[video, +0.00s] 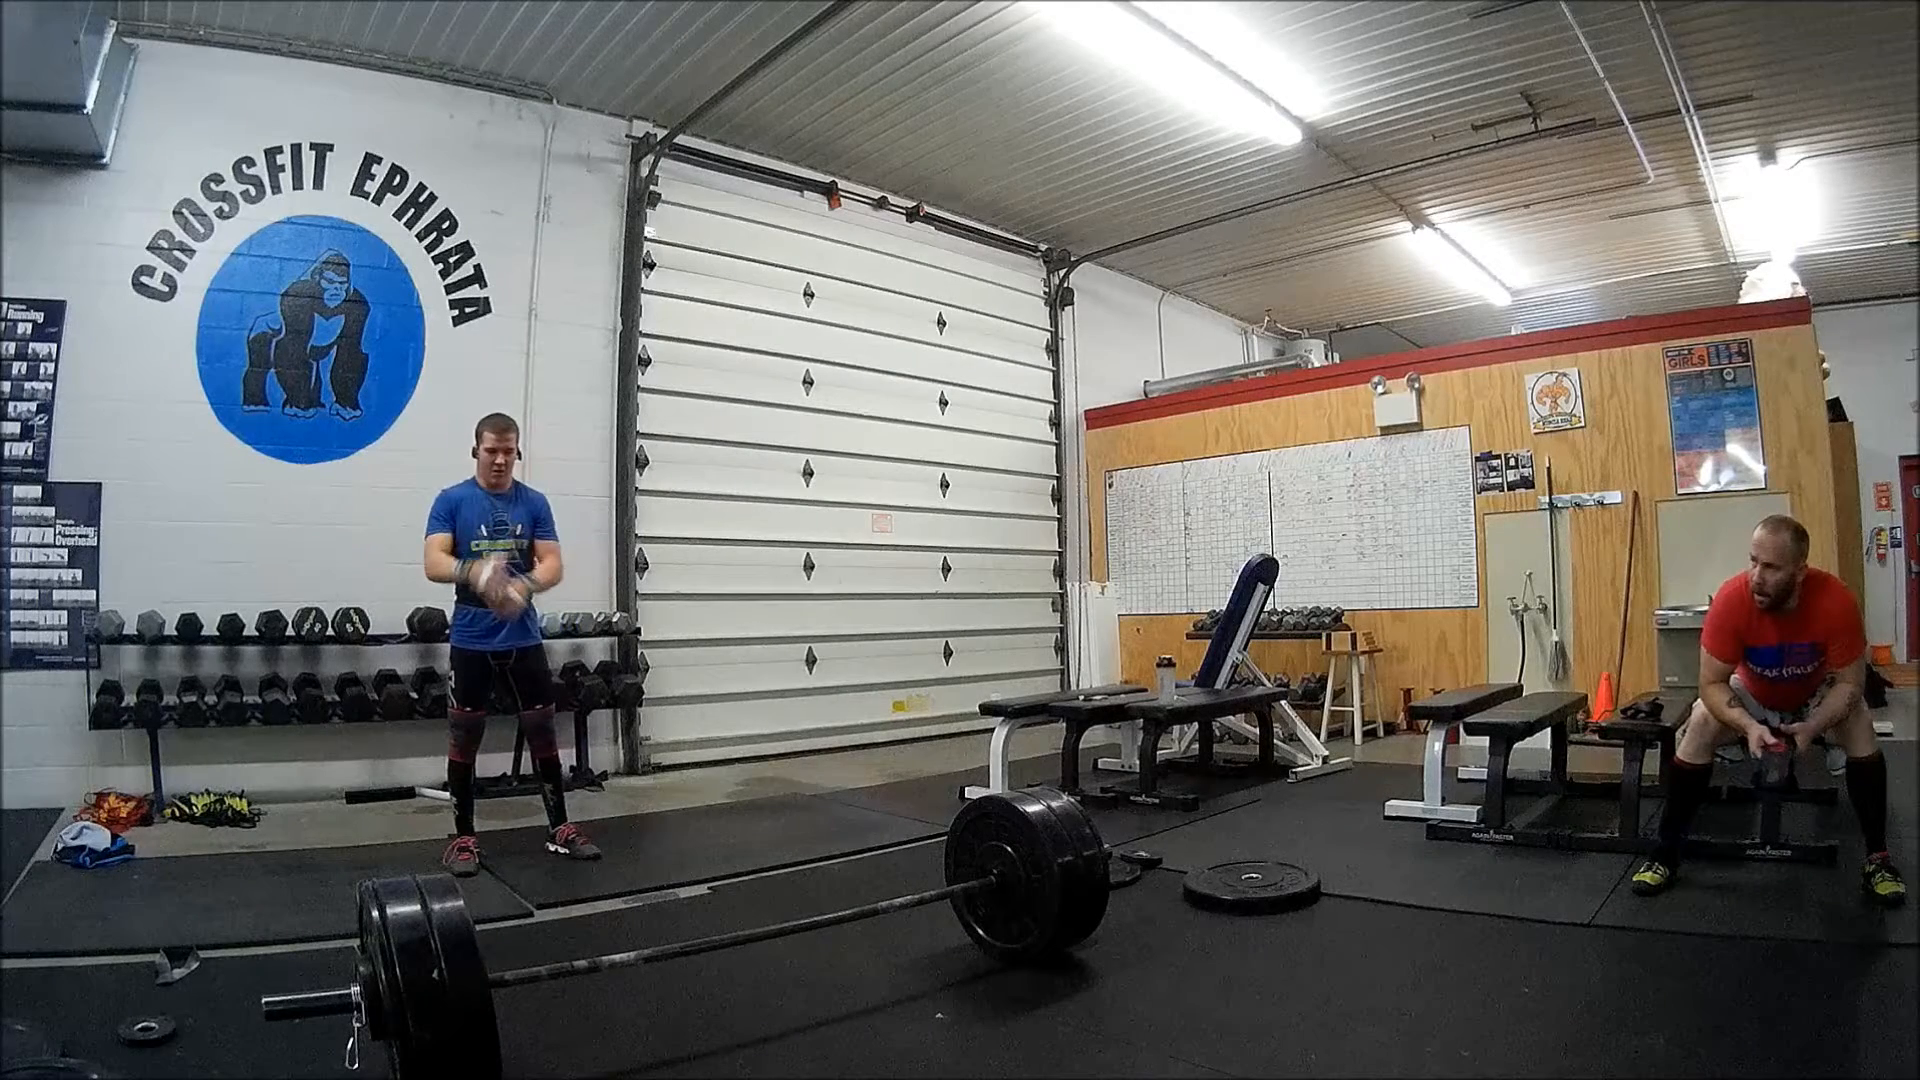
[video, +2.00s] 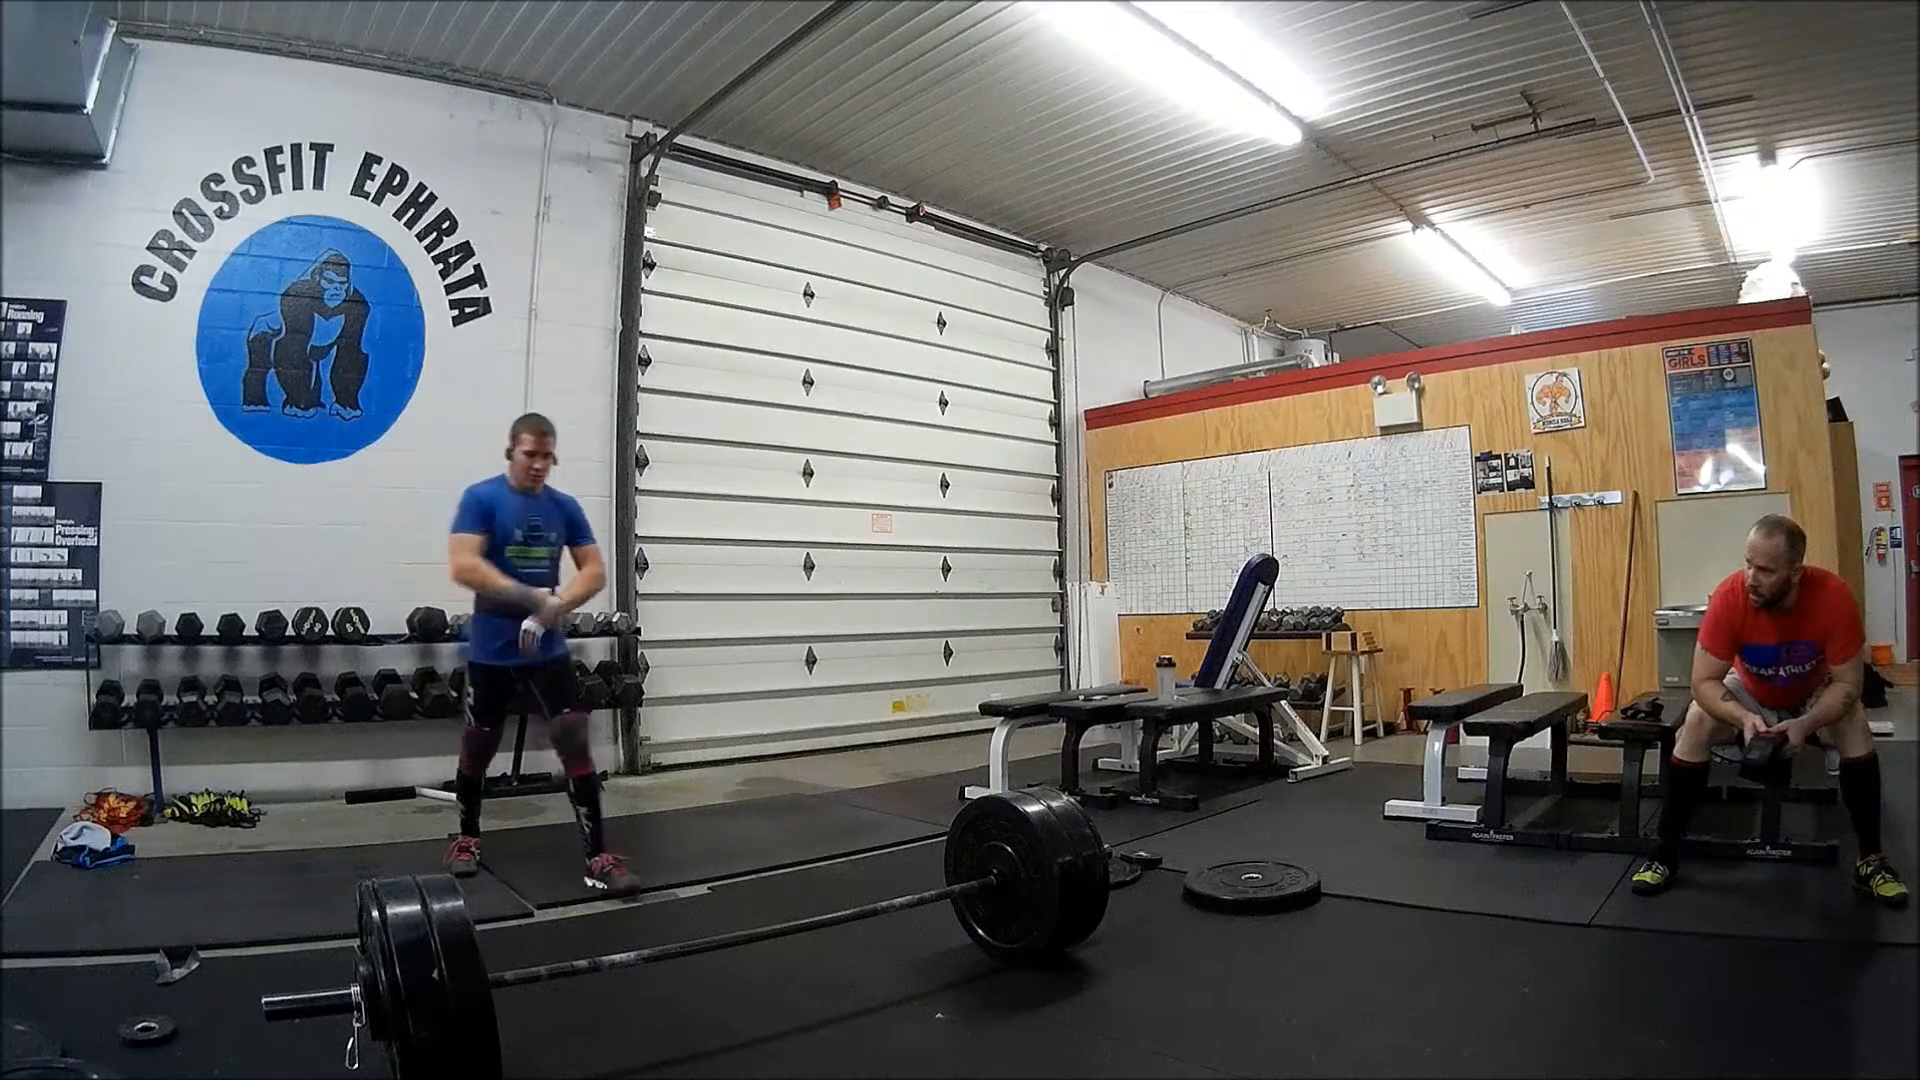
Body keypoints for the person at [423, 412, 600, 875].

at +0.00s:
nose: (499, 460)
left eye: (507, 452)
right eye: (491, 451)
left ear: (518, 453)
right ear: (476, 451)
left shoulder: (534, 503)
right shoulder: (451, 501)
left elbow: (552, 567)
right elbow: (433, 563)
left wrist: (524, 585)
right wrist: (474, 572)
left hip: (524, 641)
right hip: (471, 643)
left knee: (541, 728)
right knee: (465, 734)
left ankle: (560, 827)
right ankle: (464, 836)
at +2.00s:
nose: (538, 464)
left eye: (546, 456)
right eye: (530, 454)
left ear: (554, 457)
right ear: (510, 453)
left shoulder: (564, 507)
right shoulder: (481, 499)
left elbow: (594, 572)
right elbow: (463, 565)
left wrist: (554, 609)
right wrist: (529, 596)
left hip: (548, 648)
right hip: (492, 650)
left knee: (574, 740)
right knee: (479, 742)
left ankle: (597, 854)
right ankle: (467, 838)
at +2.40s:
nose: (598, 441)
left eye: (606, 431)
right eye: (588, 431)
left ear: (616, 429)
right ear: (567, 429)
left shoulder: (629, 491)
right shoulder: (534, 483)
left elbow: (655, 565)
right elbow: (510, 557)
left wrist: (622, 584)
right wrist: (575, 570)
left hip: (607, 649)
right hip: (550, 649)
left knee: (603, 757)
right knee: (547, 758)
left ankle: (600, 860)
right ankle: (550, 878)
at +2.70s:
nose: (608, 431)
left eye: (618, 420)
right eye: (596, 420)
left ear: (629, 417)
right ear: (572, 416)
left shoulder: (652, 477)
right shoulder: (543, 480)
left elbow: (671, 566)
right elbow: (541, 566)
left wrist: (621, 563)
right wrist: (589, 536)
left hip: (636, 647)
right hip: (575, 651)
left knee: (669, 768)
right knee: (577, 779)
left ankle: (612, 842)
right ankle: (581, 916)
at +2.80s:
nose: (624, 423)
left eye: (634, 411)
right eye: (613, 411)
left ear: (643, 408)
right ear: (587, 406)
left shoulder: (665, 469)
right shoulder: (555, 470)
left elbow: (689, 561)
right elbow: (555, 560)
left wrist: (644, 567)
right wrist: (625, 540)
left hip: (652, 646)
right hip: (585, 654)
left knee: (705, 759)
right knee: (582, 786)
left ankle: (648, 864)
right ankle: (580, 917)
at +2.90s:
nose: (648, 422)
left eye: (658, 410)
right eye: (635, 409)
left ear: (669, 408)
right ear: (610, 404)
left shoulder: (687, 473)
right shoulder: (573, 469)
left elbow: (712, 557)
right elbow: (559, 562)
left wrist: (699, 583)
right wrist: (634, 575)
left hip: (668, 653)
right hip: (598, 658)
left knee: (727, 760)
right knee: (593, 788)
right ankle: (583, 919)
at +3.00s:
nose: (683, 433)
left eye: (693, 420)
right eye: (671, 419)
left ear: (703, 416)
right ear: (642, 409)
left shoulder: (714, 481)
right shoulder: (601, 477)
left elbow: (744, 566)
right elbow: (565, 568)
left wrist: (740, 616)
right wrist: (627, 627)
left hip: (690, 658)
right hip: (616, 664)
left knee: (741, 788)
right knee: (607, 794)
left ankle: (808, 939)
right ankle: (586, 916)